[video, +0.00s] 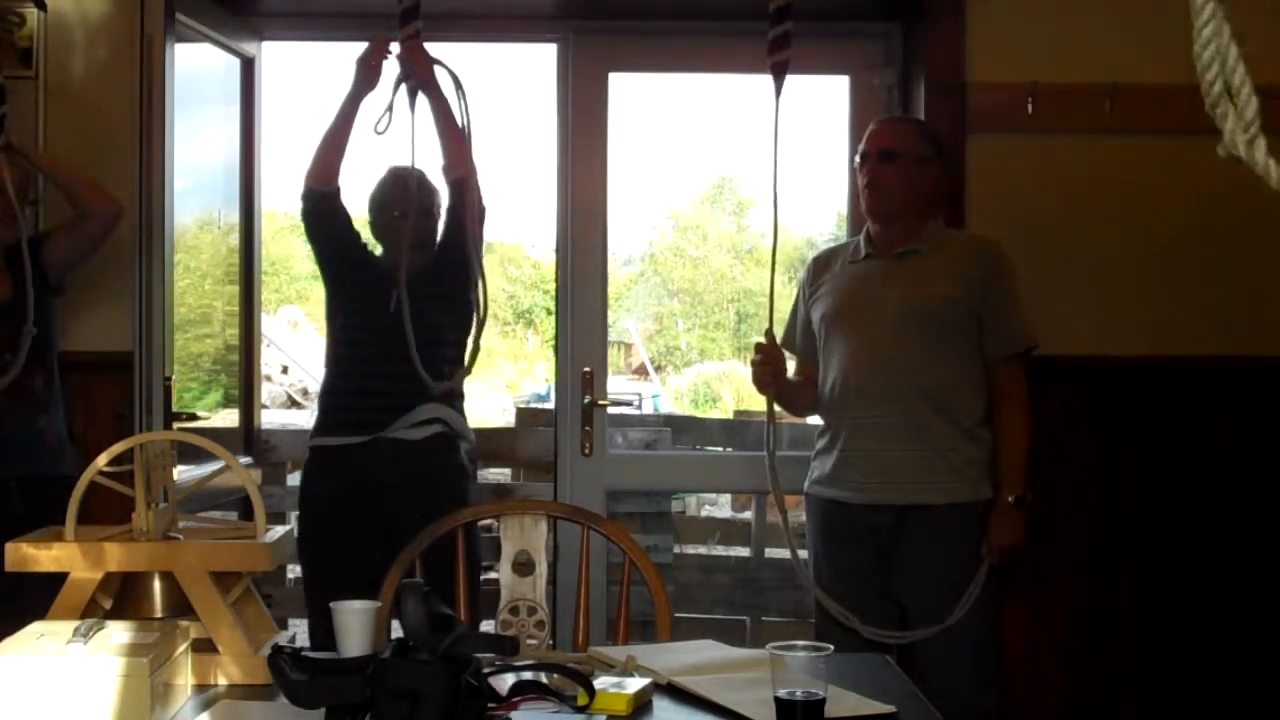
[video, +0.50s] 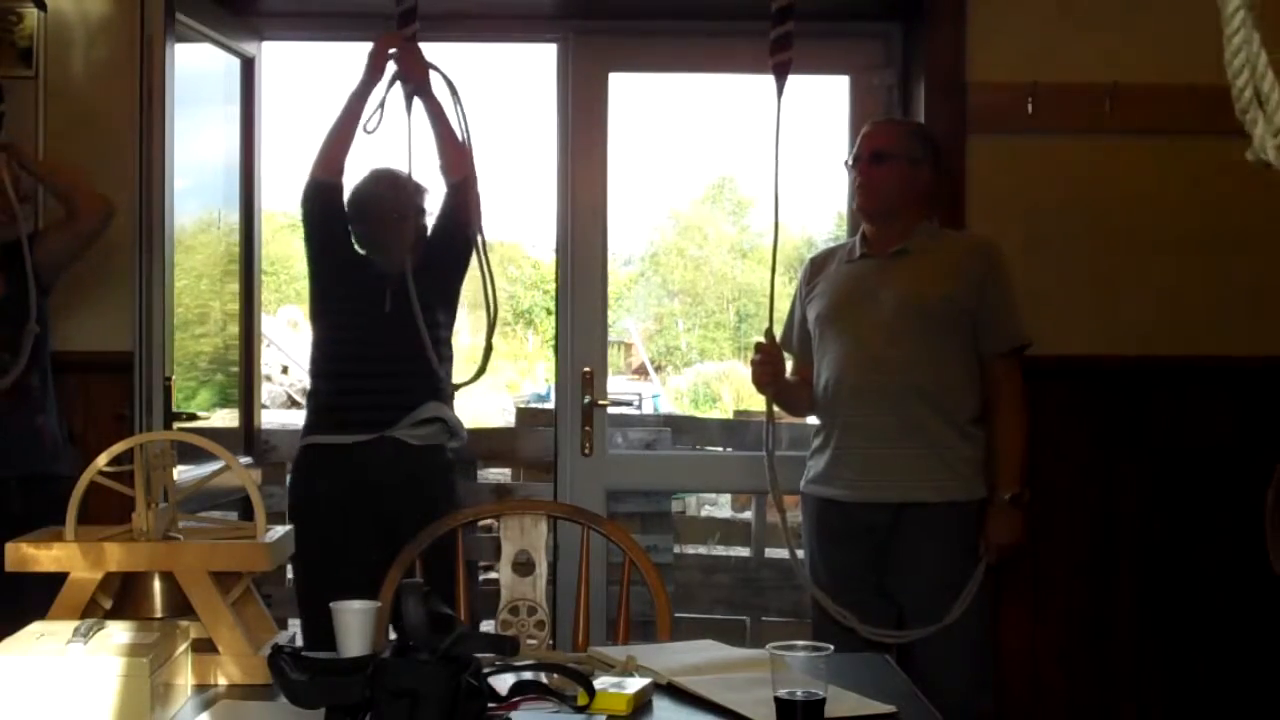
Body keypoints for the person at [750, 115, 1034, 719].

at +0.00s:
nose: (867, 169)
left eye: (887, 158)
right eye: (862, 159)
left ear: (930, 176)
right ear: (853, 174)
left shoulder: (976, 262)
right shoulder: (824, 269)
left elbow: (1010, 387)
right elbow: (813, 394)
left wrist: (1010, 500)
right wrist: (778, 386)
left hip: (947, 511)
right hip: (841, 508)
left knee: (950, 684)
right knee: (850, 680)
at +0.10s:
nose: (868, 169)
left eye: (887, 157)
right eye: (862, 159)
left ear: (930, 175)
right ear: (853, 175)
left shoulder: (976, 262)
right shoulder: (824, 269)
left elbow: (1009, 385)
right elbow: (814, 394)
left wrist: (1008, 499)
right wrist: (778, 386)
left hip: (947, 510)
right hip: (841, 508)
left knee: (950, 683)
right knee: (850, 680)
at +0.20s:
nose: (865, 171)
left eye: (884, 158)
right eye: (860, 160)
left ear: (928, 176)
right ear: (852, 175)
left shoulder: (975, 261)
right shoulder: (824, 269)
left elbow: (1007, 384)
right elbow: (815, 395)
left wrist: (1008, 498)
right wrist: (778, 385)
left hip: (945, 509)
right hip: (840, 507)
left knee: (949, 682)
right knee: (849, 679)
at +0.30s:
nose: (864, 170)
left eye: (883, 158)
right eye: (859, 160)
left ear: (927, 175)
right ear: (851, 175)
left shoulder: (974, 260)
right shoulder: (823, 270)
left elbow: (1008, 384)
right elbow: (813, 395)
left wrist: (1008, 498)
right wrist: (778, 386)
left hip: (945, 508)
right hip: (839, 507)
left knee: (948, 682)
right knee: (848, 679)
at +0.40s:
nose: (864, 169)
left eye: (884, 158)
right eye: (860, 159)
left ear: (927, 176)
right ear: (851, 174)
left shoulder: (970, 260)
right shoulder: (821, 269)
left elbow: (1005, 383)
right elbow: (812, 395)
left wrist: (1008, 497)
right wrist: (777, 386)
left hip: (943, 506)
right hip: (838, 505)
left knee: (948, 681)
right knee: (849, 678)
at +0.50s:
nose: (859, 171)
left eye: (879, 159)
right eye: (856, 160)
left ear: (924, 176)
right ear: (848, 175)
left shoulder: (970, 260)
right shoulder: (821, 270)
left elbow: (1005, 383)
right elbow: (810, 395)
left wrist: (1006, 498)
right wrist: (775, 386)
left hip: (941, 506)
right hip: (836, 505)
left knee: (946, 681)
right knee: (847, 678)